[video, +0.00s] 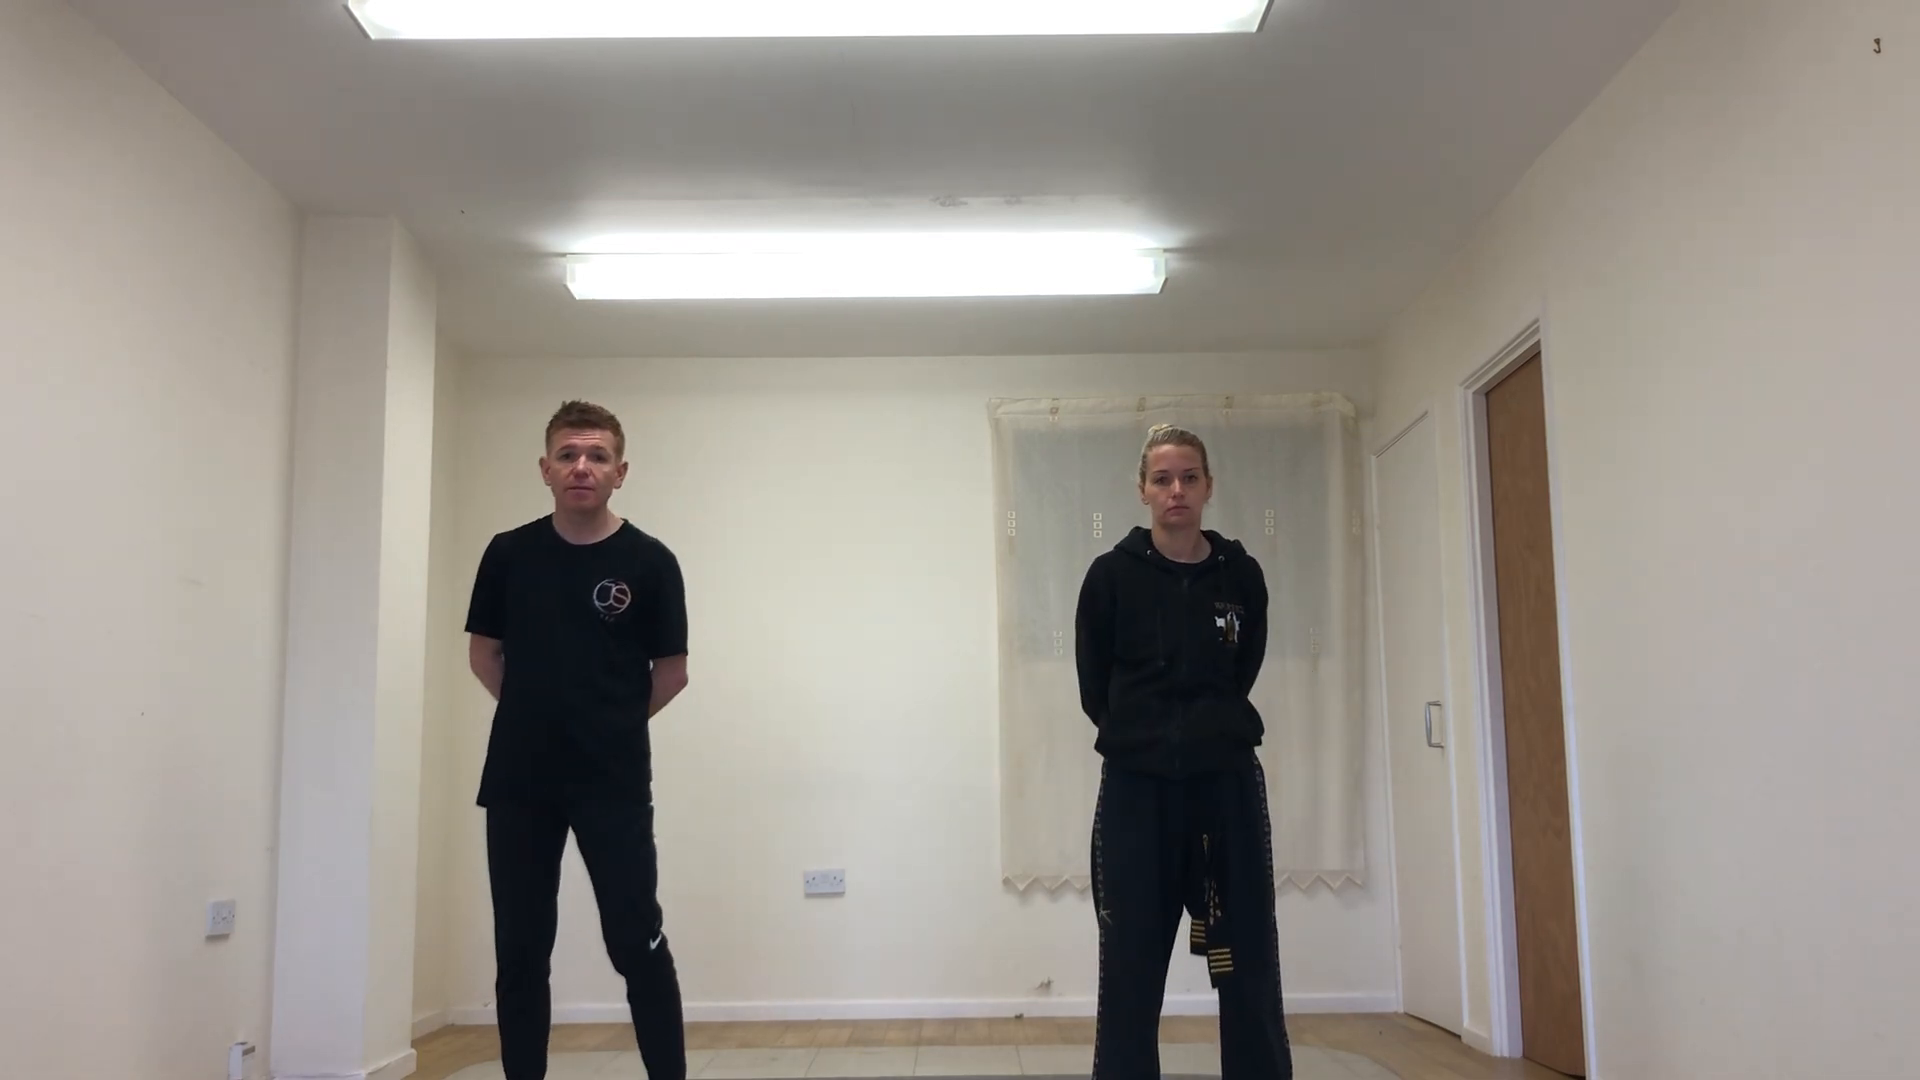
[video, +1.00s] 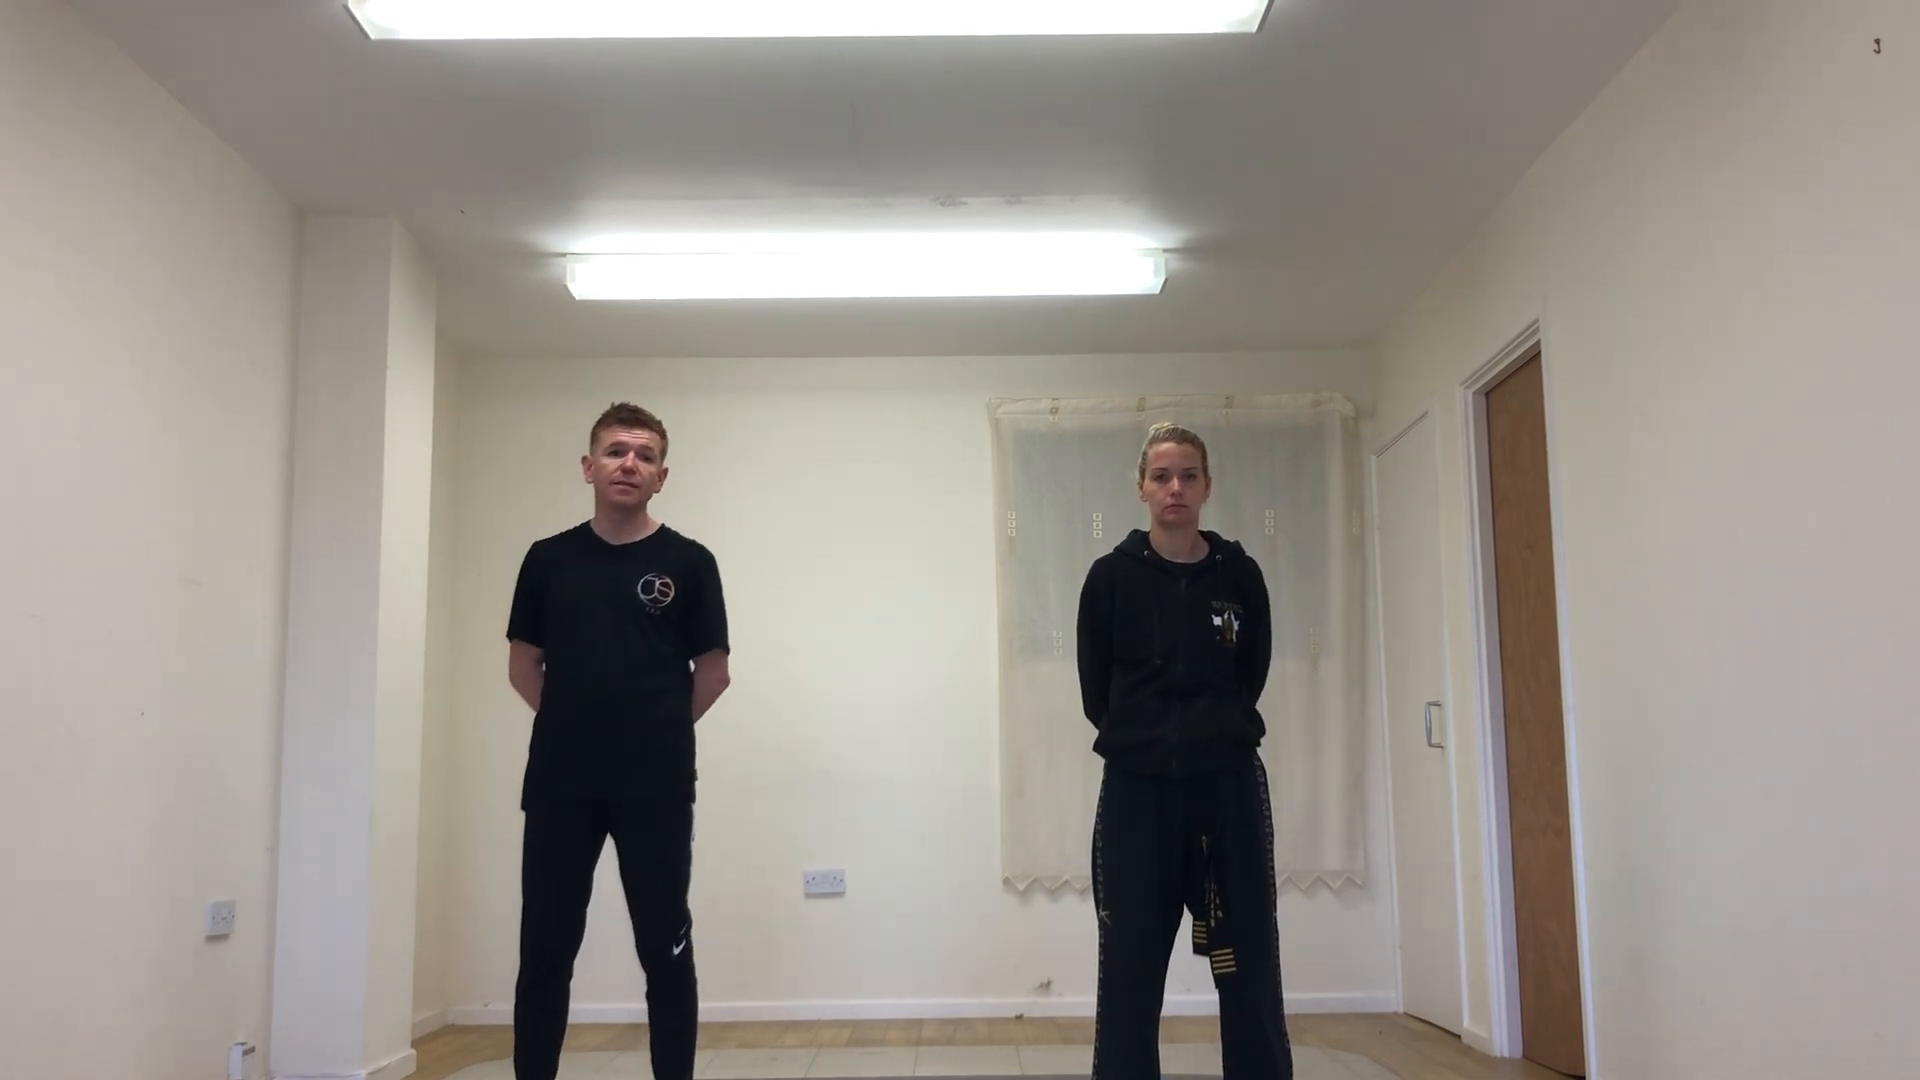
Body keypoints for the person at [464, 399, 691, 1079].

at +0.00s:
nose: (581, 467)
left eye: (596, 456)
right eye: (567, 455)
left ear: (618, 473)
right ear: (546, 469)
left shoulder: (650, 560)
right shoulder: (507, 552)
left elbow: (670, 673)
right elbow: (484, 657)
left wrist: (610, 718)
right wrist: (538, 711)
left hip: (612, 774)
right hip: (522, 772)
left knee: (637, 945)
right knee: (519, 955)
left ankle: (668, 1075)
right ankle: (523, 1076)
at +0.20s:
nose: (578, 466)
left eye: (592, 454)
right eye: (564, 454)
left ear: (614, 470)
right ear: (542, 469)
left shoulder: (652, 557)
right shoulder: (508, 556)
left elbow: (676, 669)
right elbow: (486, 664)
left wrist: (620, 720)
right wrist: (541, 715)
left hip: (619, 777)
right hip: (527, 777)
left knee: (642, 949)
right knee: (523, 955)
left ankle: (665, 1075)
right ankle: (524, 1076)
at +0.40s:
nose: (588, 465)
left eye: (603, 454)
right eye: (574, 453)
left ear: (624, 470)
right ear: (552, 469)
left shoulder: (663, 556)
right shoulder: (521, 559)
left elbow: (692, 665)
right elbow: (503, 670)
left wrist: (638, 719)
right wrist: (558, 715)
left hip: (635, 776)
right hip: (543, 777)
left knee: (655, 949)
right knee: (533, 953)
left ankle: (671, 1076)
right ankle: (529, 1076)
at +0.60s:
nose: (602, 462)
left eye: (617, 452)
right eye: (588, 451)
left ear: (638, 471)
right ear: (566, 467)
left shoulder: (676, 557)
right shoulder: (535, 561)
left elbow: (706, 665)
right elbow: (518, 672)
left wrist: (653, 723)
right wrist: (572, 717)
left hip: (646, 777)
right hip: (555, 777)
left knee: (662, 950)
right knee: (541, 953)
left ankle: (673, 1076)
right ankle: (532, 1076)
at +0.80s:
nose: (616, 462)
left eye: (632, 453)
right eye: (602, 451)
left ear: (651, 473)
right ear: (580, 469)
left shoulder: (685, 559)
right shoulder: (544, 560)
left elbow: (714, 667)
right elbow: (526, 670)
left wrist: (661, 724)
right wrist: (580, 717)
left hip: (653, 774)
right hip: (561, 774)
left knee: (666, 949)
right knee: (544, 949)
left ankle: (674, 1076)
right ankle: (533, 1075)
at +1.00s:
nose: (629, 463)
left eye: (645, 455)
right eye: (616, 451)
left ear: (661, 475)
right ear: (590, 466)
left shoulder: (690, 562)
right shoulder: (546, 557)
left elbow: (714, 671)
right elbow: (523, 667)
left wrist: (656, 722)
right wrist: (576, 718)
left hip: (654, 776)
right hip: (562, 775)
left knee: (666, 951)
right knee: (544, 950)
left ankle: (674, 1076)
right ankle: (533, 1076)